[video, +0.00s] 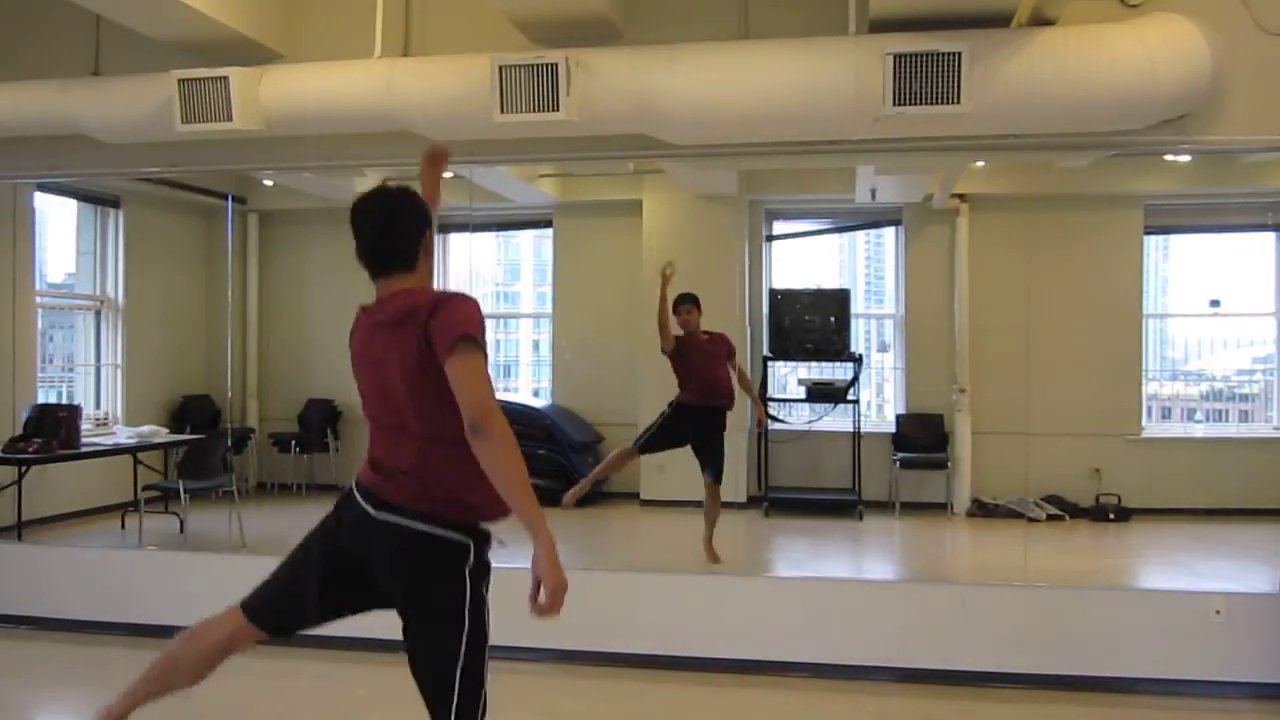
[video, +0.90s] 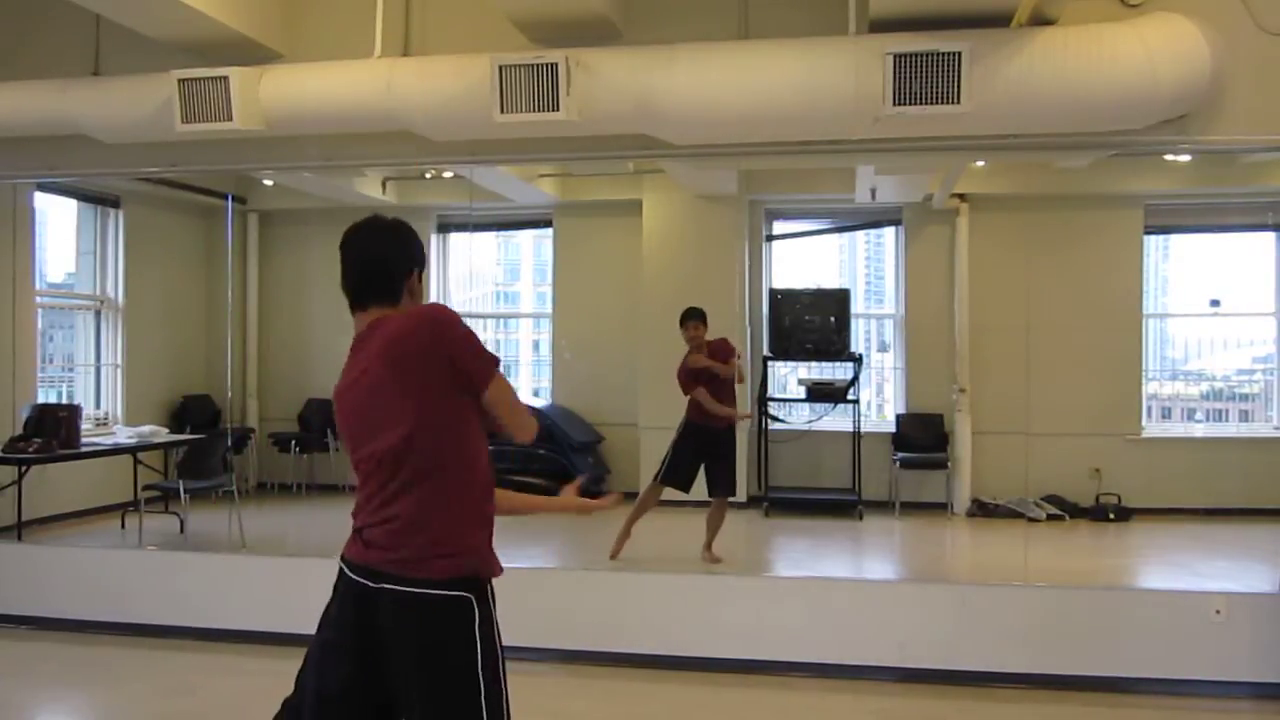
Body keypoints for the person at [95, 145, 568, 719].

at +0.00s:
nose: (425, 235)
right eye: (423, 230)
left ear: (360, 252)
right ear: (425, 241)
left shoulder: (368, 326)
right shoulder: (451, 313)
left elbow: (409, 257)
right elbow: (482, 421)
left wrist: (429, 183)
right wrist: (542, 538)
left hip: (364, 522)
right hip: (442, 549)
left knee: (242, 623)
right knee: (460, 710)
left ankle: (115, 710)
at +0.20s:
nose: (467, 296)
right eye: (467, 285)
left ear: (392, 294)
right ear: (461, 295)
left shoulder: (364, 386)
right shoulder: (481, 386)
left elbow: (368, 505)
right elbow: (530, 523)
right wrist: (577, 608)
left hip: (364, 617)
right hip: (456, 623)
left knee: (327, 711)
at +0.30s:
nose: (483, 295)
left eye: (481, 282)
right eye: (483, 283)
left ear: (410, 284)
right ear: (474, 290)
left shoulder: (357, 380)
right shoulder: (483, 390)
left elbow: (309, 502)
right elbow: (564, 515)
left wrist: (355, 569)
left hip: (371, 605)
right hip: (462, 610)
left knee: (341, 712)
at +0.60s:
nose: (476, 283)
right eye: (474, 272)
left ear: (401, 287)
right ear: (468, 279)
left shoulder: (364, 375)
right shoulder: (495, 368)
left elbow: (309, 501)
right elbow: (582, 492)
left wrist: (360, 551)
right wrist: (617, 531)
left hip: (355, 606)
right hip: (451, 617)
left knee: (306, 710)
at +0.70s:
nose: (465, 287)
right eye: (463, 275)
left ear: (392, 290)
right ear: (457, 282)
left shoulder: (371, 375)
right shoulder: (487, 363)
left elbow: (390, 519)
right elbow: (525, 494)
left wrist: (498, 578)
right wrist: (495, 511)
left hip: (356, 607)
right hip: (445, 619)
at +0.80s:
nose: (444, 285)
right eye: (443, 272)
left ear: (369, 294)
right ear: (437, 278)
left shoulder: (362, 386)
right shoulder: (470, 341)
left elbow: (454, 516)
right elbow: (493, 466)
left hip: (356, 606)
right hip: (444, 616)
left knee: (307, 711)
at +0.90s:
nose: (425, 286)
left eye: (422, 275)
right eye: (424, 274)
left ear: (348, 286)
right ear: (413, 277)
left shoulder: (352, 377)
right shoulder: (433, 324)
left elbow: (452, 483)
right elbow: (523, 429)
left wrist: (561, 503)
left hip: (361, 591)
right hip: (444, 600)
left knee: (318, 711)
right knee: (470, 712)